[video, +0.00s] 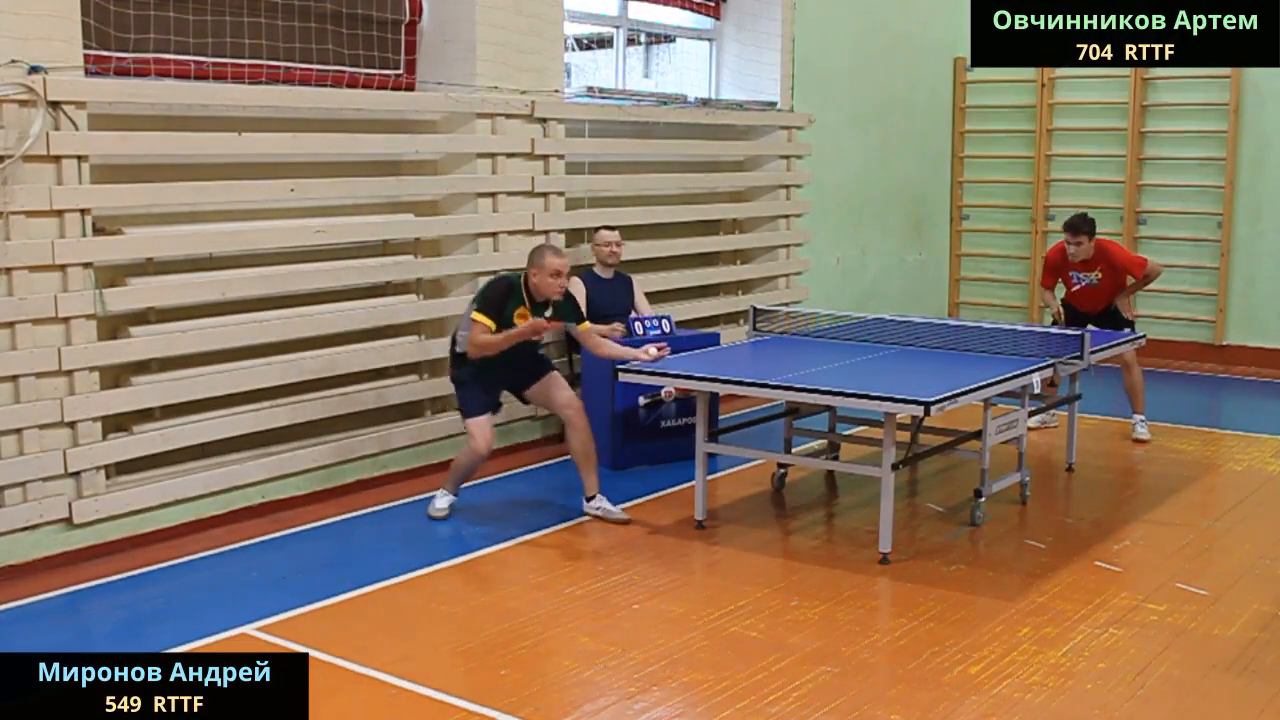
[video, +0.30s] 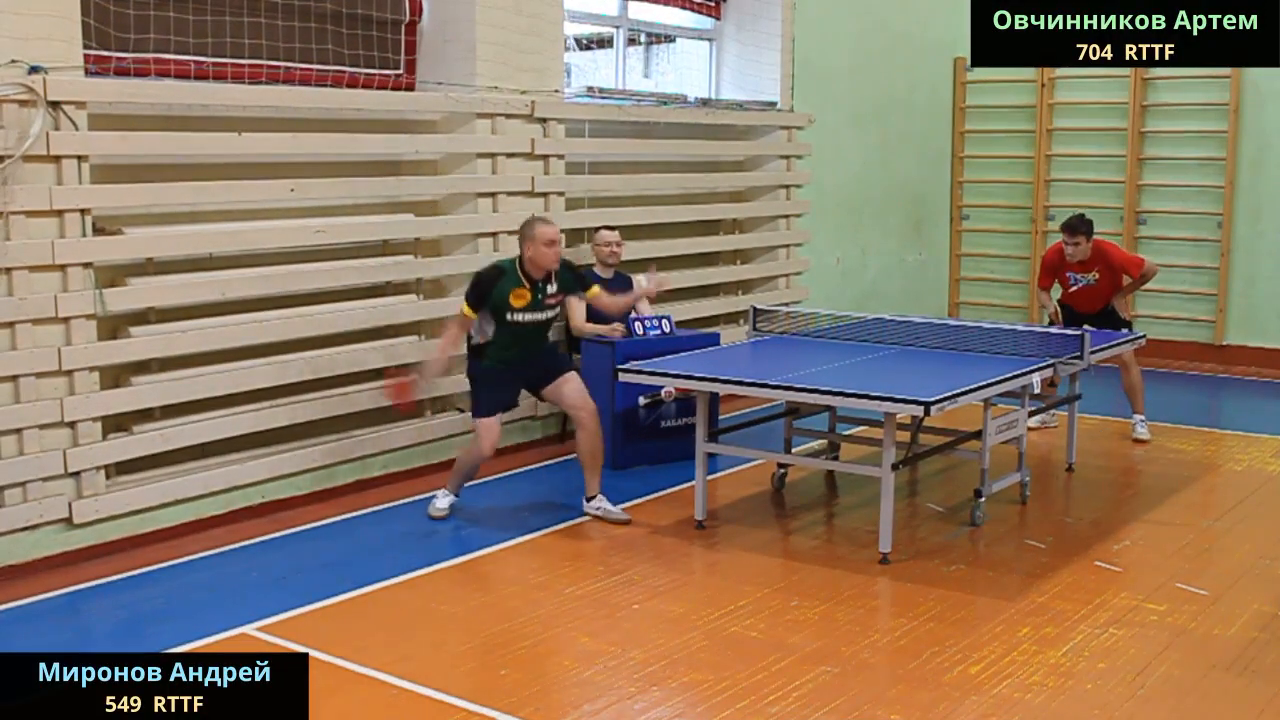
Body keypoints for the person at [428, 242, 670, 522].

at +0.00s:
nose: (564, 283)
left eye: (566, 276)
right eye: (556, 276)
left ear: (567, 274)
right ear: (533, 275)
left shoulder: (564, 300)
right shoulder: (500, 289)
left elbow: (594, 343)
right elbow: (475, 346)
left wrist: (637, 353)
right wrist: (521, 333)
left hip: (521, 356)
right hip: (476, 362)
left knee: (573, 408)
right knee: (481, 445)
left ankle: (593, 497)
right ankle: (448, 491)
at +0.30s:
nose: (558, 251)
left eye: (559, 244)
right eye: (550, 244)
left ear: (560, 245)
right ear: (527, 248)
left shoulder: (564, 273)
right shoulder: (493, 278)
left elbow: (608, 304)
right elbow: (459, 326)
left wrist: (639, 292)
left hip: (540, 358)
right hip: (494, 364)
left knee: (586, 411)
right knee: (486, 445)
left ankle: (594, 498)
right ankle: (449, 493)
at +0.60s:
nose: (572, 234)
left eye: (575, 228)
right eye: (564, 226)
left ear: (577, 231)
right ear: (541, 228)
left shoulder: (578, 262)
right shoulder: (514, 252)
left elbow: (617, 283)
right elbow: (458, 268)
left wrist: (659, 280)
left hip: (539, 346)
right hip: (493, 350)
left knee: (595, 392)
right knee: (475, 439)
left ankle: (585, 484)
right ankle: (447, 492)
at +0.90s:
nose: (661, 296)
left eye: (664, 290)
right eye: (662, 289)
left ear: (641, 280)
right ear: (645, 282)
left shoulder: (622, 293)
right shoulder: (602, 276)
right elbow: (555, 298)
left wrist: (628, 318)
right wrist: (608, 319)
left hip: (562, 353)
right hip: (518, 354)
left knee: (604, 418)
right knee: (510, 449)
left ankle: (585, 507)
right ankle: (455, 472)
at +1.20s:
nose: (659, 253)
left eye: (659, 247)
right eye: (659, 247)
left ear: (633, 239)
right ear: (646, 244)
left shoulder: (610, 252)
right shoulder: (613, 260)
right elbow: (593, 325)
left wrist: (625, 300)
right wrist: (638, 319)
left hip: (559, 342)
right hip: (527, 344)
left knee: (591, 418)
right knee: (566, 437)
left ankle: (585, 509)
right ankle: (521, 534)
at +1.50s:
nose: (620, 223)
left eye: (621, 217)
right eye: (620, 217)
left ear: (582, 211)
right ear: (608, 215)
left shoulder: (548, 229)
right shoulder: (594, 248)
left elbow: (498, 264)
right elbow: (596, 324)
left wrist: (536, 276)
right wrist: (621, 306)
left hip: (496, 343)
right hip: (527, 349)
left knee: (531, 422)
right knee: (572, 448)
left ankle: (510, 503)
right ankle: (535, 551)